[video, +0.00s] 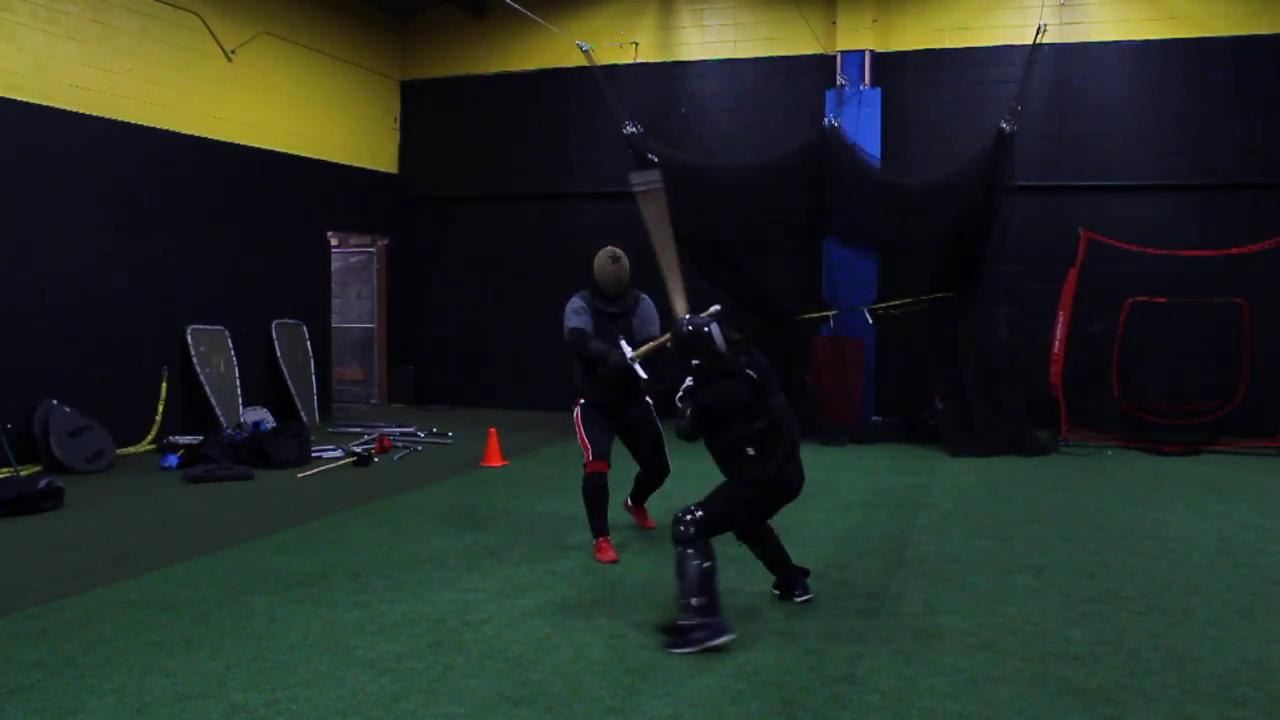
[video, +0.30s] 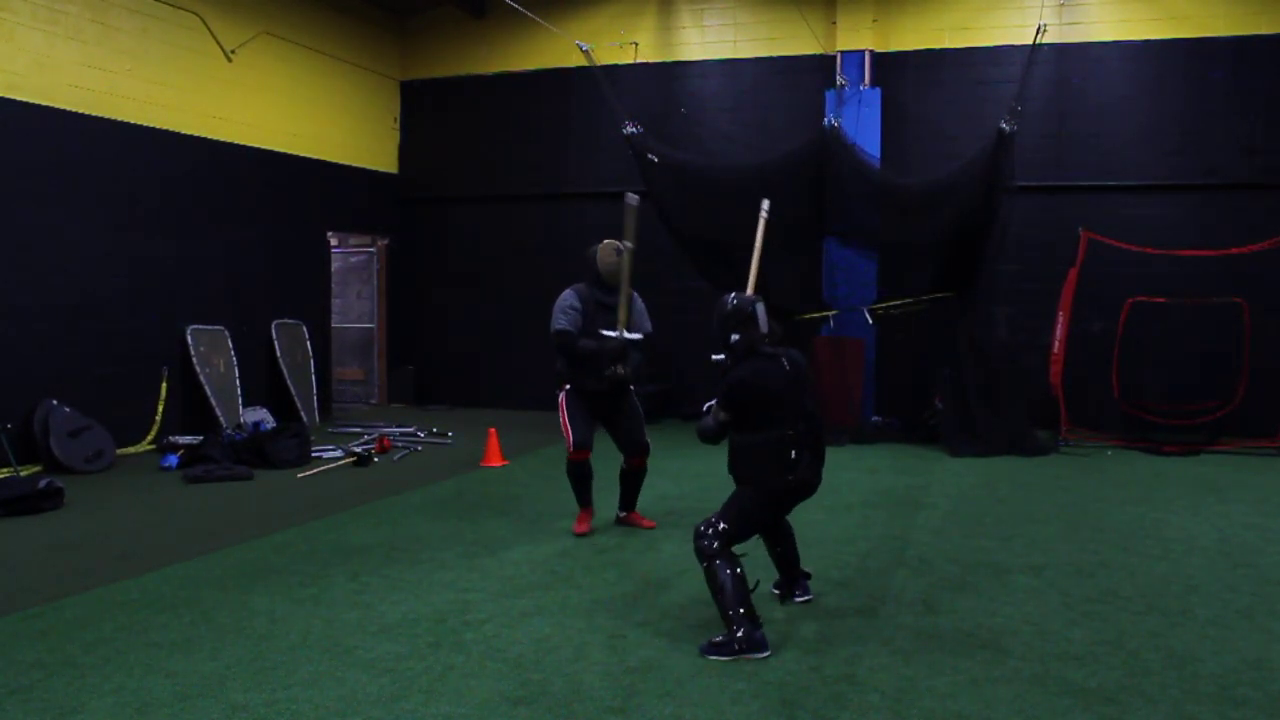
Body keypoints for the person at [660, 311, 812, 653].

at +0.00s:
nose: (686, 360)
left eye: (688, 354)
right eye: (686, 353)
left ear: (698, 356)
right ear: (722, 343)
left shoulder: (708, 391)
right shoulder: (752, 366)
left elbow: (688, 431)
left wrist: (686, 397)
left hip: (756, 482)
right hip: (786, 475)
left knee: (689, 525)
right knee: (744, 518)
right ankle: (792, 580)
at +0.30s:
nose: (725, 339)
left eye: (728, 332)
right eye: (727, 331)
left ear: (735, 333)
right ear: (764, 327)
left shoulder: (742, 375)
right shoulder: (792, 362)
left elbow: (711, 429)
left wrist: (711, 412)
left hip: (765, 483)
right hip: (804, 475)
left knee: (709, 537)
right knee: (766, 512)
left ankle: (744, 631)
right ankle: (794, 582)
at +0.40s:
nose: (735, 312)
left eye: (738, 305)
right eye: (737, 305)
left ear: (745, 309)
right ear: (777, 306)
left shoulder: (746, 351)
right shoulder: (802, 346)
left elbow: (721, 411)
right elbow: (810, 401)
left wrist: (714, 416)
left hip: (771, 463)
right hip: (811, 459)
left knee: (724, 530)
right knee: (789, 511)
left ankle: (746, 630)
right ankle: (795, 581)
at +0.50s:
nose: (749, 293)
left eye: (752, 287)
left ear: (755, 290)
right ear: (793, 289)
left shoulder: (753, 333)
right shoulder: (813, 333)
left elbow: (732, 391)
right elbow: (827, 386)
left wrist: (714, 408)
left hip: (777, 452)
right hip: (815, 450)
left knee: (738, 527)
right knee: (802, 512)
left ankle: (748, 629)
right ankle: (820, 589)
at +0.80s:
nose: (804, 292)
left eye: (808, 286)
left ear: (813, 289)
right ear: (844, 292)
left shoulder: (805, 327)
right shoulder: (854, 333)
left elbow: (782, 384)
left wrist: (767, 414)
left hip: (825, 446)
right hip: (858, 446)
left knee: (786, 529)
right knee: (830, 523)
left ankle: (762, 627)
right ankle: (844, 604)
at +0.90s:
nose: (817, 283)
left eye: (821, 276)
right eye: (822, 276)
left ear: (828, 279)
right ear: (858, 280)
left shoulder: (824, 319)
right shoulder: (869, 322)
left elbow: (803, 377)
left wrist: (782, 393)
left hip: (838, 440)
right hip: (868, 441)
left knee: (793, 519)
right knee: (838, 518)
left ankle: (820, 621)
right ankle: (845, 603)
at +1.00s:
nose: (827, 282)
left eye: (830, 274)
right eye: (833, 274)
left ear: (834, 278)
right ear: (869, 279)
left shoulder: (837, 321)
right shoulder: (880, 322)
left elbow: (813, 378)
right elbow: (866, 378)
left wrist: (796, 381)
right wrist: (814, 366)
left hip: (852, 437)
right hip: (878, 435)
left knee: (817, 521)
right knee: (847, 516)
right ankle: (846, 600)